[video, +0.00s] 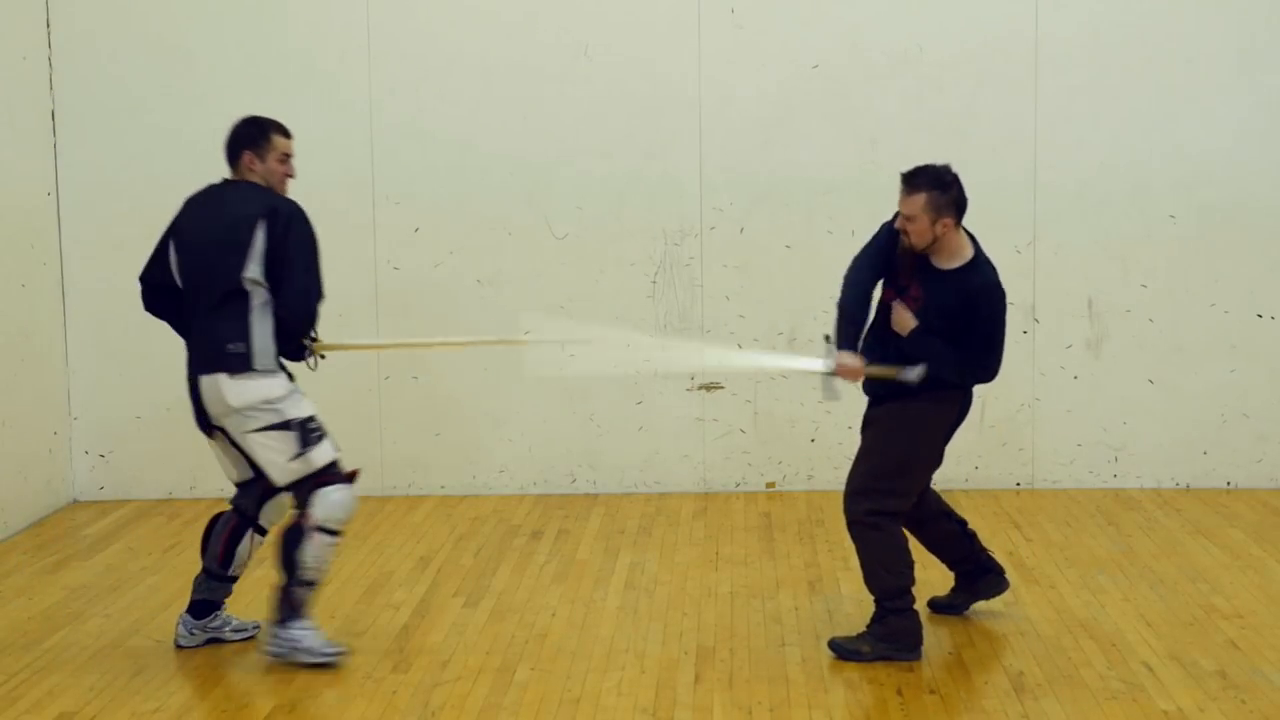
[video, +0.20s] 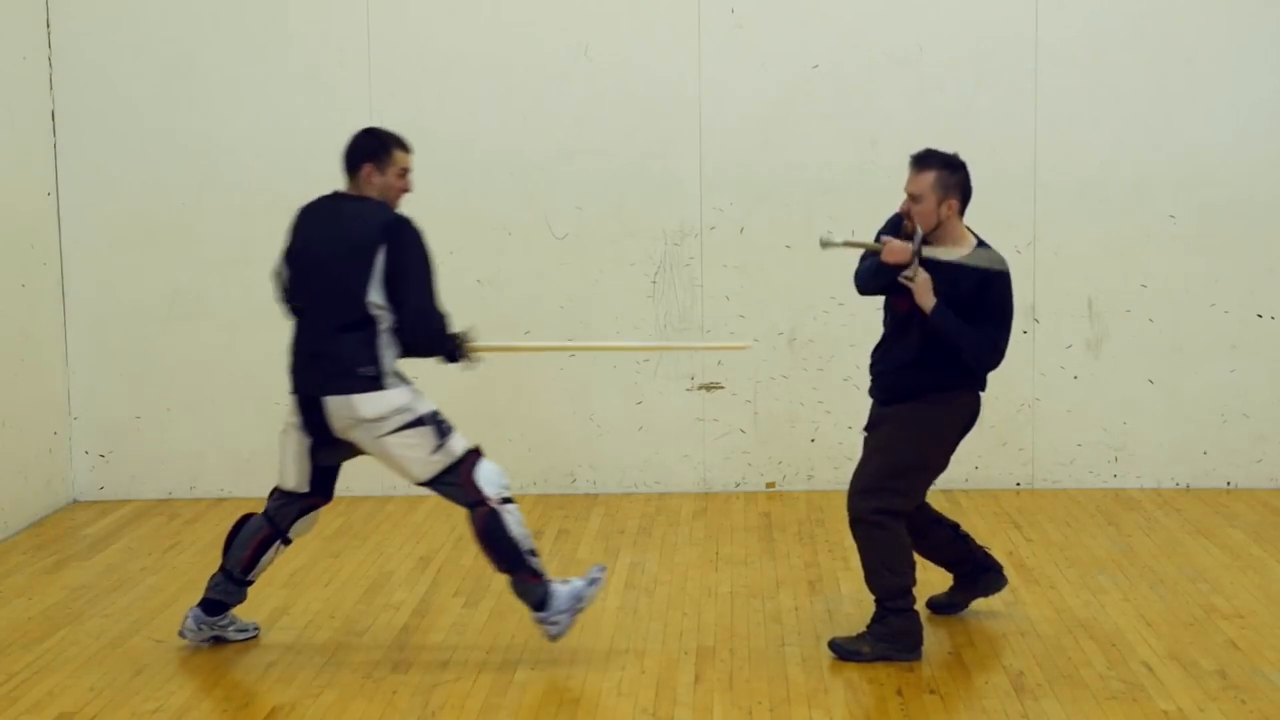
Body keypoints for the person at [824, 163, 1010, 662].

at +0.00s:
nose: (900, 226)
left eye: (911, 220)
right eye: (901, 216)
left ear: (946, 224)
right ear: (905, 208)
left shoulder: (980, 287)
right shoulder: (902, 233)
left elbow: (983, 368)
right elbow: (859, 276)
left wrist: (915, 334)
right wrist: (848, 346)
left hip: (935, 400)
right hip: (888, 388)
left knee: (868, 503)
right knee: (903, 493)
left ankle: (896, 628)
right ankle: (979, 572)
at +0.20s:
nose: (907, 209)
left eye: (918, 201)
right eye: (906, 198)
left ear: (951, 205)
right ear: (912, 198)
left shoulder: (987, 269)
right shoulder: (902, 233)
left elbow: (987, 355)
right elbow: (864, 281)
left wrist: (931, 304)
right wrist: (890, 264)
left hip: (941, 405)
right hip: (894, 399)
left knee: (871, 502)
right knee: (894, 504)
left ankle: (896, 628)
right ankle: (977, 570)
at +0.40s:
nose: (901, 187)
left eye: (912, 179)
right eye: (903, 177)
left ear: (946, 186)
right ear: (931, 187)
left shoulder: (995, 223)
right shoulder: (920, 230)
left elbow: (1017, 293)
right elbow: (895, 270)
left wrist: (951, 267)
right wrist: (873, 217)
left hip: (987, 371)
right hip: (929, 367)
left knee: (939, 479)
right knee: (907, 478)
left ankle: (902, 602)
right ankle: (964, 577)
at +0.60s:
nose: (918, 175)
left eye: (929, 166)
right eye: (918, 168)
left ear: (963, 176)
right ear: (925, 182)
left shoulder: (1014, 214)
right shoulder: (935, 237)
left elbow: (1066, 273)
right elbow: (921, 282)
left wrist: (997, 301)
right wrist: (883, 233)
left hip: (1045, 362)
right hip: (983, 363)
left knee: (1038, 476)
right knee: (964, 472)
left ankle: (1073, 565)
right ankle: (974, 586)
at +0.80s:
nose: (944, 213)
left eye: (953, 203)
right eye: (941, 204)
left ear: (984, 203)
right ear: (943, 209)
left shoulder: (1044, 234)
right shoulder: (964, 256)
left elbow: (1090, 300)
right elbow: (951, 302)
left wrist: (1022, 318)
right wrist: (919, 252)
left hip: (1080, 365)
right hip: (1016, 367)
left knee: (1072, 475)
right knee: (978, 462)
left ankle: (1083, 576)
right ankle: (995, 563)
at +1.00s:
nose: (956, 220)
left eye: (964, 209)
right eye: (950, 211)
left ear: (994, 209)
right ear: (948, 215)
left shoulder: (1047, 237)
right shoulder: (959, 258)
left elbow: (1097, 294)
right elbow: (964, 317)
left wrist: (1031, 317)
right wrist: (932, 266)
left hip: (1076, 358)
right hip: (1009, 359)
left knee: (1076, 465)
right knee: (991, 460)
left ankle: (1083, 570)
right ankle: (999, 560)